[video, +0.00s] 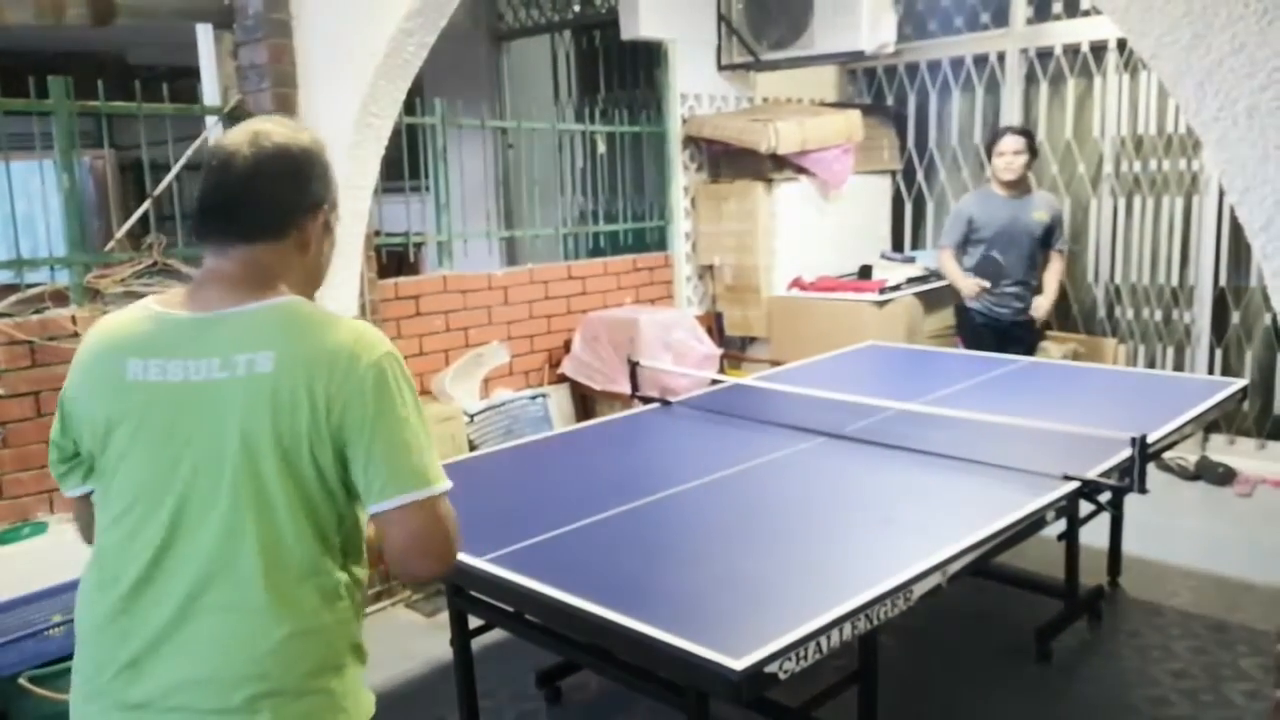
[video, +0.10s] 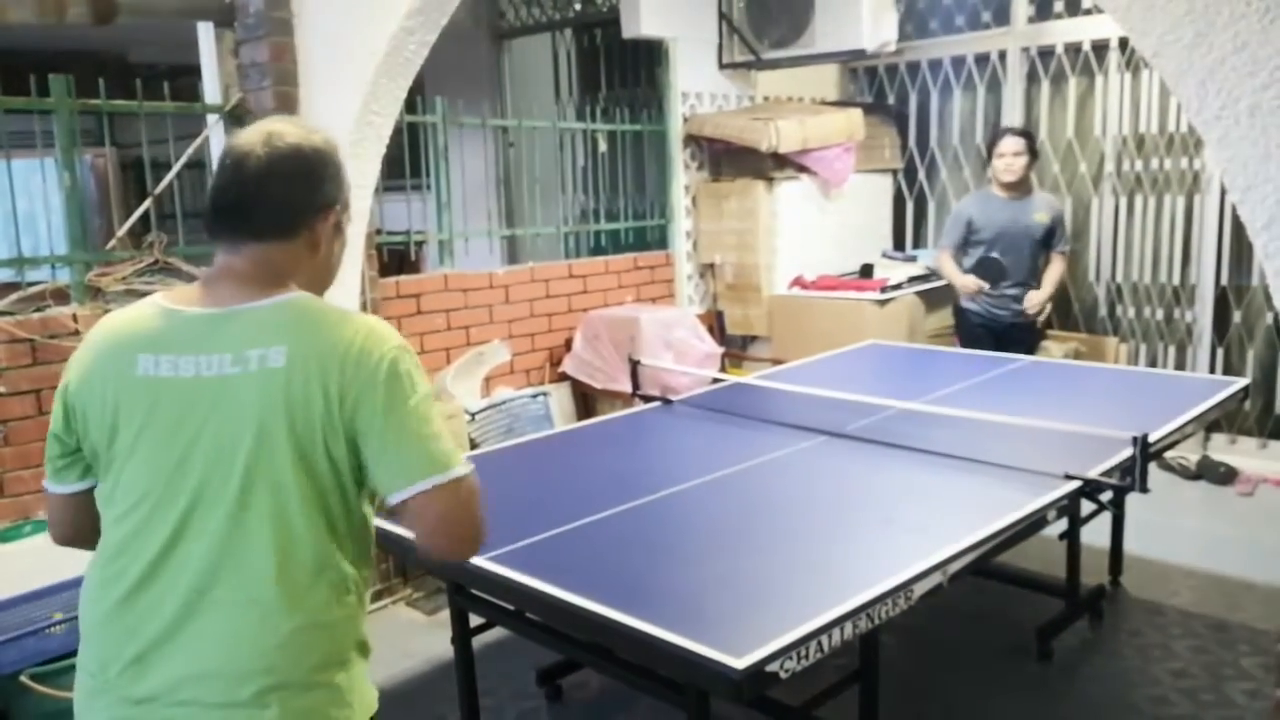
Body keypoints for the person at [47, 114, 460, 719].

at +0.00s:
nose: (331, 246)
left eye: (332, 227)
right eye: (333, 226)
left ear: (205, 225)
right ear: (316, 227)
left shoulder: (105, 345)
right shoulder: (348, 353)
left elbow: (94, 525)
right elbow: (426, 555)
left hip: (113, 698)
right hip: (289, 699)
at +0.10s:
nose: (341, 248)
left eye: (343, 231)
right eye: (344, 229)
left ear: (219, 219)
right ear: (327, 227)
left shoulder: (108, 344)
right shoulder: (358, 348)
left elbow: (68, 523)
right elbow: (454, 537)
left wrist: (173, 507)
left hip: (118, 697)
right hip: (294, 696)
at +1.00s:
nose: (190, 235)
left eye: (188, 217)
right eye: (182, 217)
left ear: (56, 228)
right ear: (138, 232)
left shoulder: (8, 337)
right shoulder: (194, 351)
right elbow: (240, 554)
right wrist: (303, 597)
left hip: (28, 690)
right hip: (188, 689)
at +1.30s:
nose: (261, 253)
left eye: (259, 234)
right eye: (252, 233)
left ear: (131, 239)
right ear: (208, 239)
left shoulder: (38, 353)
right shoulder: (252, 356)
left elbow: (11, 535)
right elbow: (299, 545)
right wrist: (380, 569)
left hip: (59, 688)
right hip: (222, 685)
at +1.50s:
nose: (371, 266)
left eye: (369, 248)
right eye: (367, 248)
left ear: (255, 247)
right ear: (336, 254)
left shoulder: (142, 346)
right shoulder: (368, 362)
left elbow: (75, 506)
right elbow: (462, 516)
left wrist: (101, 611)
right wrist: (508, 473)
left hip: (129, 685)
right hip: (292, 682)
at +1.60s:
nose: (404, 271)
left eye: (404, 254)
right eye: (402, 254)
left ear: (293, 253)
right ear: (380, 256)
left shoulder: (182, 338)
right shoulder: (411, 362)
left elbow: (111, 500)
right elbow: (545, 467)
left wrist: (136, 603)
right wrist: (589, 441)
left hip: (146, 682)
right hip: (311, 684)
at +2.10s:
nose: (326, 269)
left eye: (327, 251)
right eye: (323, 252)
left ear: (214, 250)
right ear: (296, 257)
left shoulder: (102, 352)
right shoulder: (340, 370)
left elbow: (49, 520)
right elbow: (391, 541)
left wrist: (89, 612)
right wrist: (425, 552)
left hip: (101, 692)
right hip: (269, 688)